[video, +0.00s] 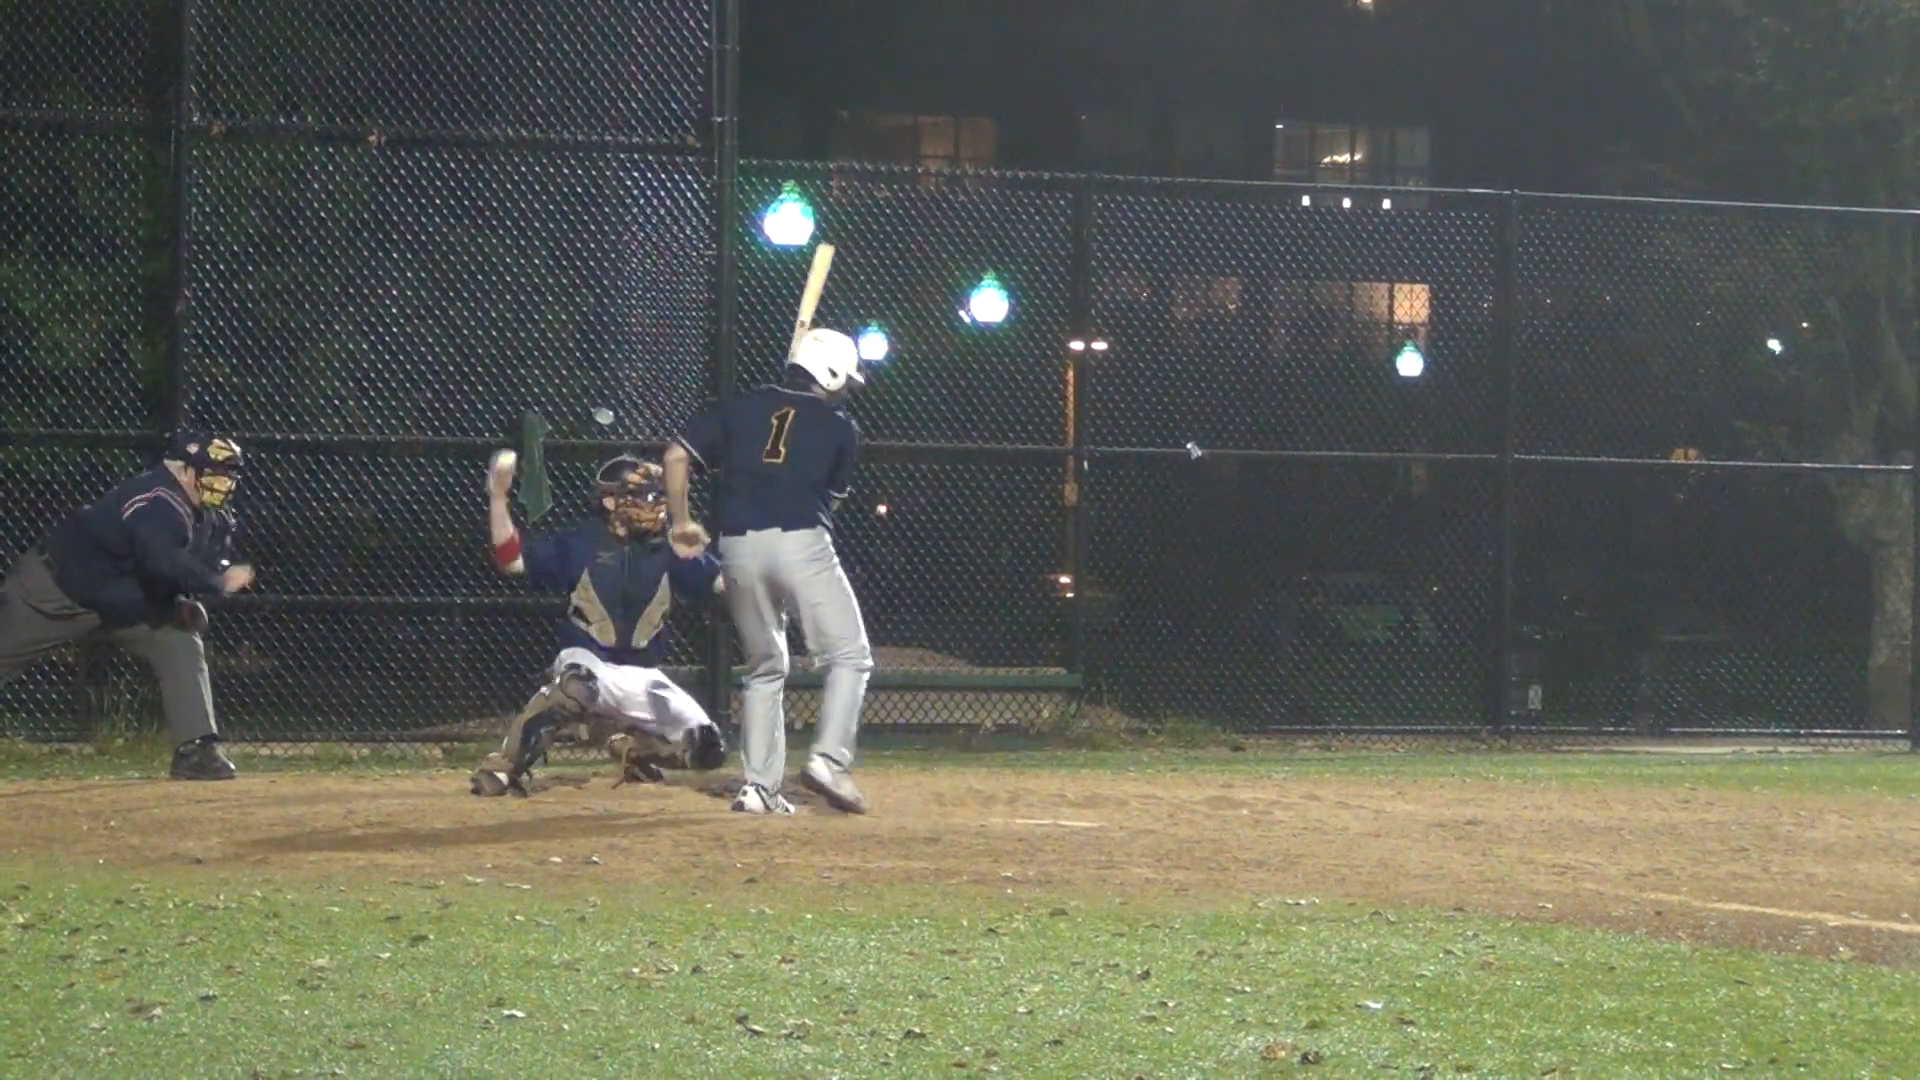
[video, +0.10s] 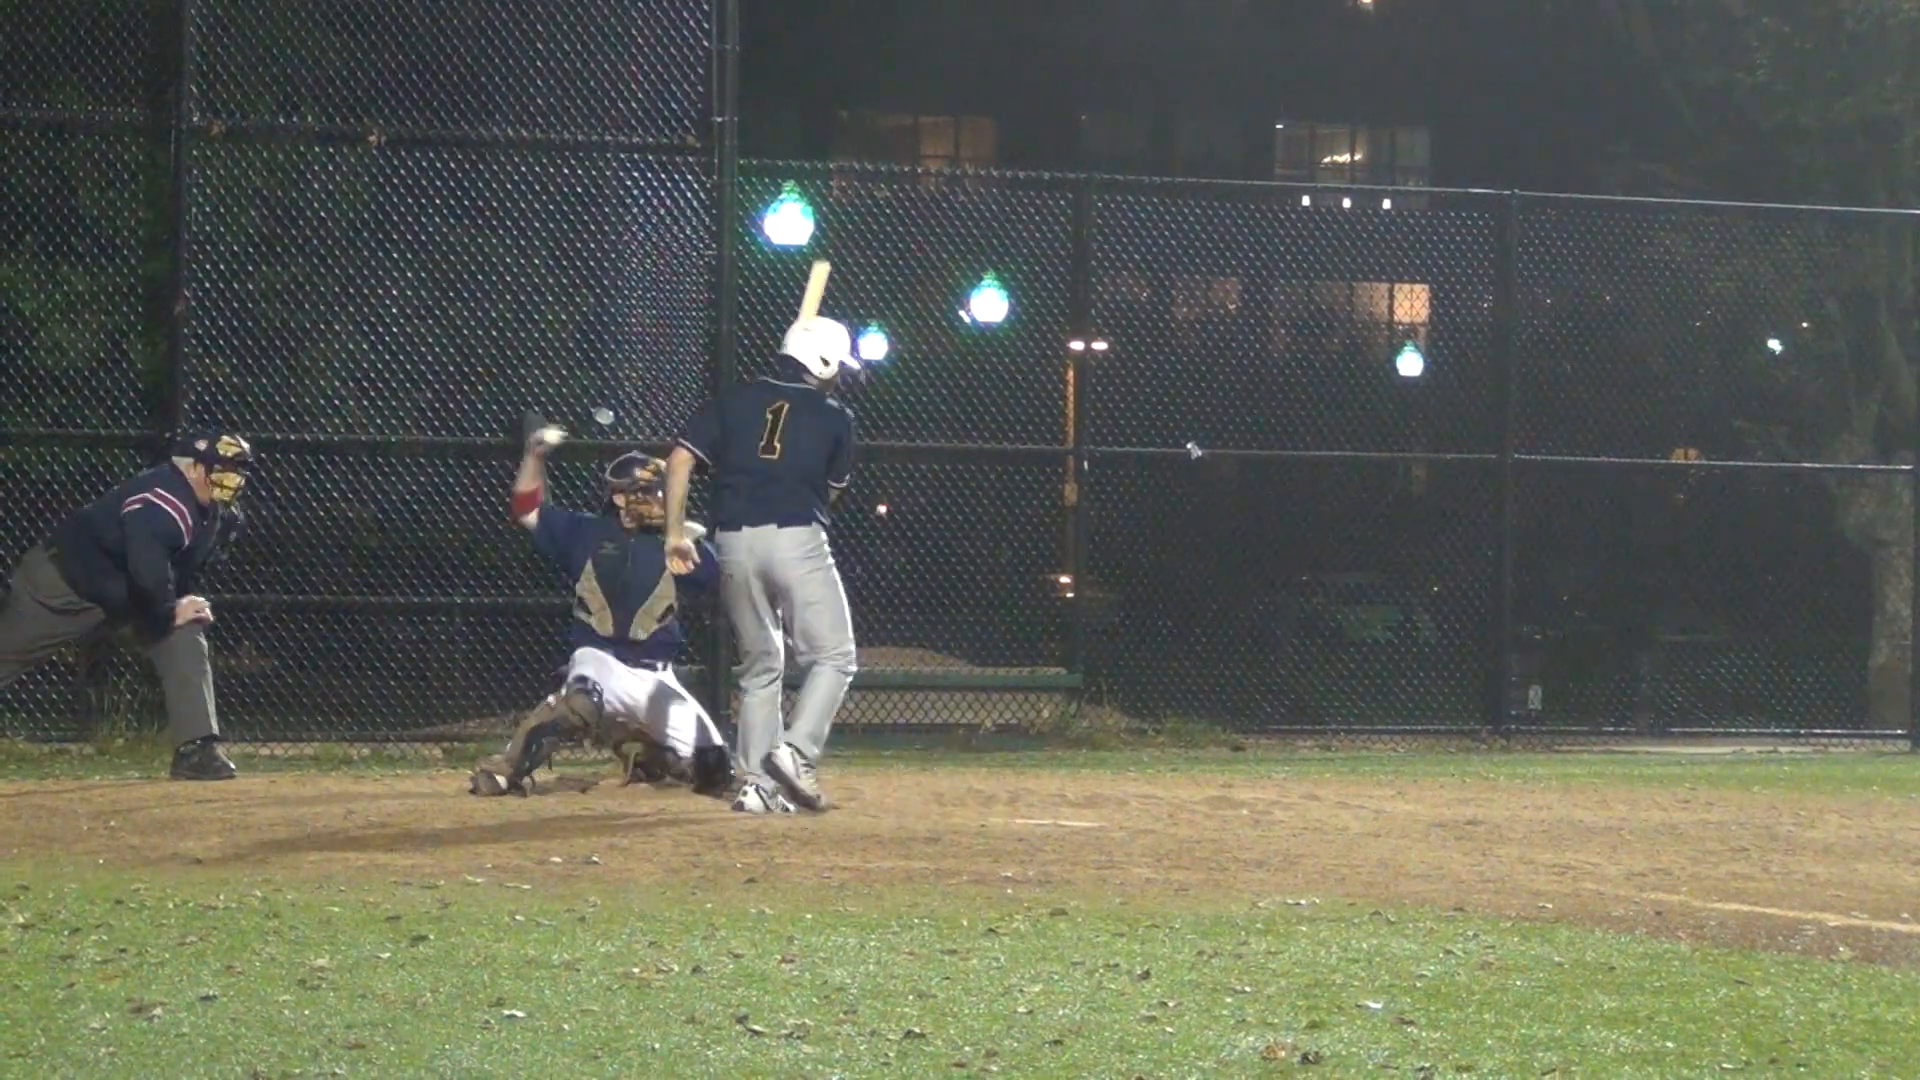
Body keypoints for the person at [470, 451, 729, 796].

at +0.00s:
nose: (652, 505)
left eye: (655, 497)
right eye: (640, 497)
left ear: (664, 500)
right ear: (610, 501)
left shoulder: (668, 552)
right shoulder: (582, 543)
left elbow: (725, 589)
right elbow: (511, 560)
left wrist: (698, 556)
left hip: (642, 672)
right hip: (586, 660)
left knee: (708, 748)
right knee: (577, 686)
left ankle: (636, 751)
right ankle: (506, 765)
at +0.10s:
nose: (644, 497)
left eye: (651, 490)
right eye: (635, 489)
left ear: (662, 496)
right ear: (616, 497)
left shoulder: (674, 543)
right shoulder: (584, 532)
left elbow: (712, 581)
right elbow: (526, 510)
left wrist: (692, 540)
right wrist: (534, 456)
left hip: (655, 674)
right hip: (598, 658)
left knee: (716, 771)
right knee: (581, 703)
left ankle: (646, 758)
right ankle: (507, 769)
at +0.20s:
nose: (656, 495)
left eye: (664, 486)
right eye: (645, 487)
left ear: (680, 492)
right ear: (630, 494)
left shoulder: (698, 541)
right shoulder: (606, 534)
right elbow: (543, 505)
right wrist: (593, 463)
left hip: (673, 677)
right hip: (620, 660)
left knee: (719, 777)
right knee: (594, 725)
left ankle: (642, 761)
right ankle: (507, 774)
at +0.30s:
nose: (685, 492)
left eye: (688, 484)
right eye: (674, 485)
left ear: (699, 490)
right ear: (656, 494)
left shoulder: (711, 541)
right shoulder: (647, 522)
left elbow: (727, 622)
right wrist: (559, 464)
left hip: (685, 674)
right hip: (644, 655)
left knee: (725, 774)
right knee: (612, 744)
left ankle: (634, 765)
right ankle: (515, 774)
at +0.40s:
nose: (694, 486)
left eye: (695, 478)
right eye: (685, 479)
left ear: (701, 482)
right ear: (670, 487)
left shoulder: (713, 527)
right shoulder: (660, 515)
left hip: (691, 666)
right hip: (652, 651)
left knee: (724, 771)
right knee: (647, 761)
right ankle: (543, 770)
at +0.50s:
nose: (698, 482)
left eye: (699, 475)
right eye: (689, 476)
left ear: (710, 483)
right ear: (675, 488)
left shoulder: (720, 532)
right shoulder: (672, 521)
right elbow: (655, 569)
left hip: (697, 666)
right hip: (657, 654)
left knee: (725, 764)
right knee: (651, 764)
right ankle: (547, 768)